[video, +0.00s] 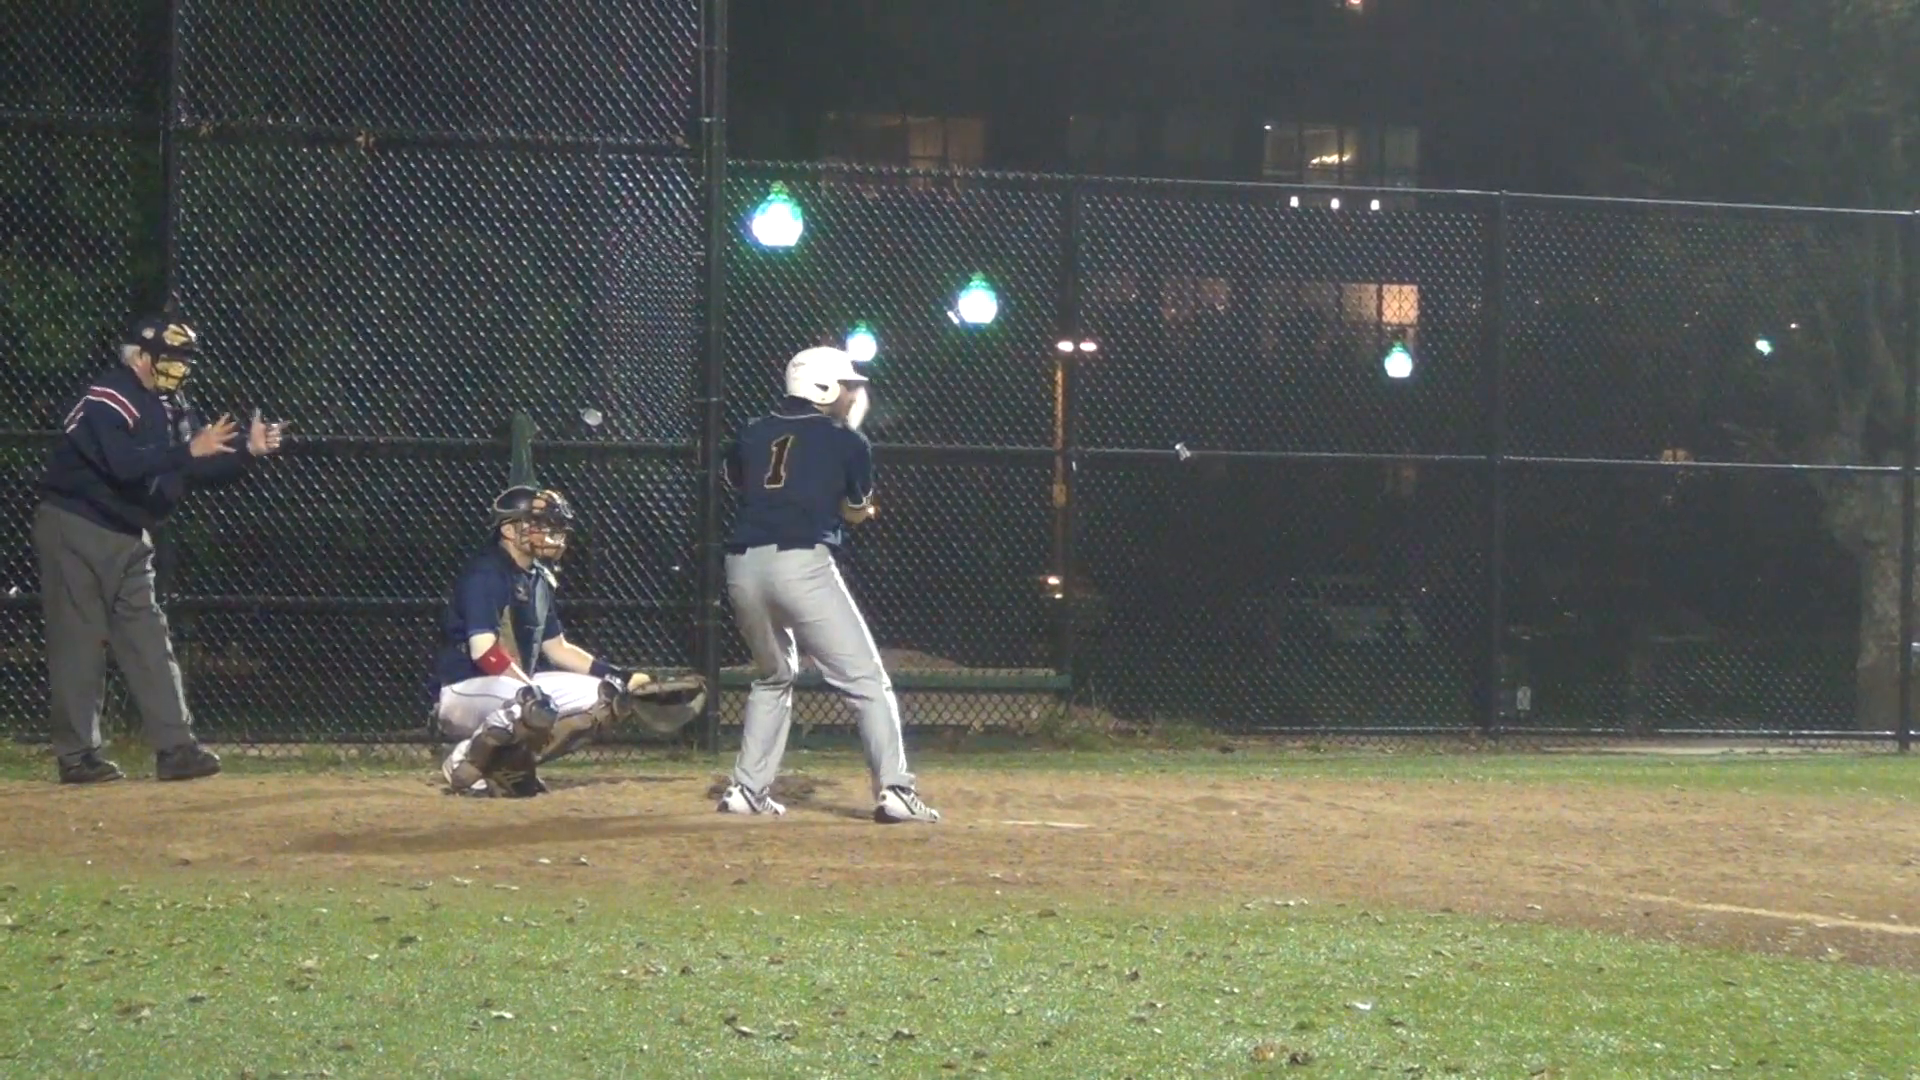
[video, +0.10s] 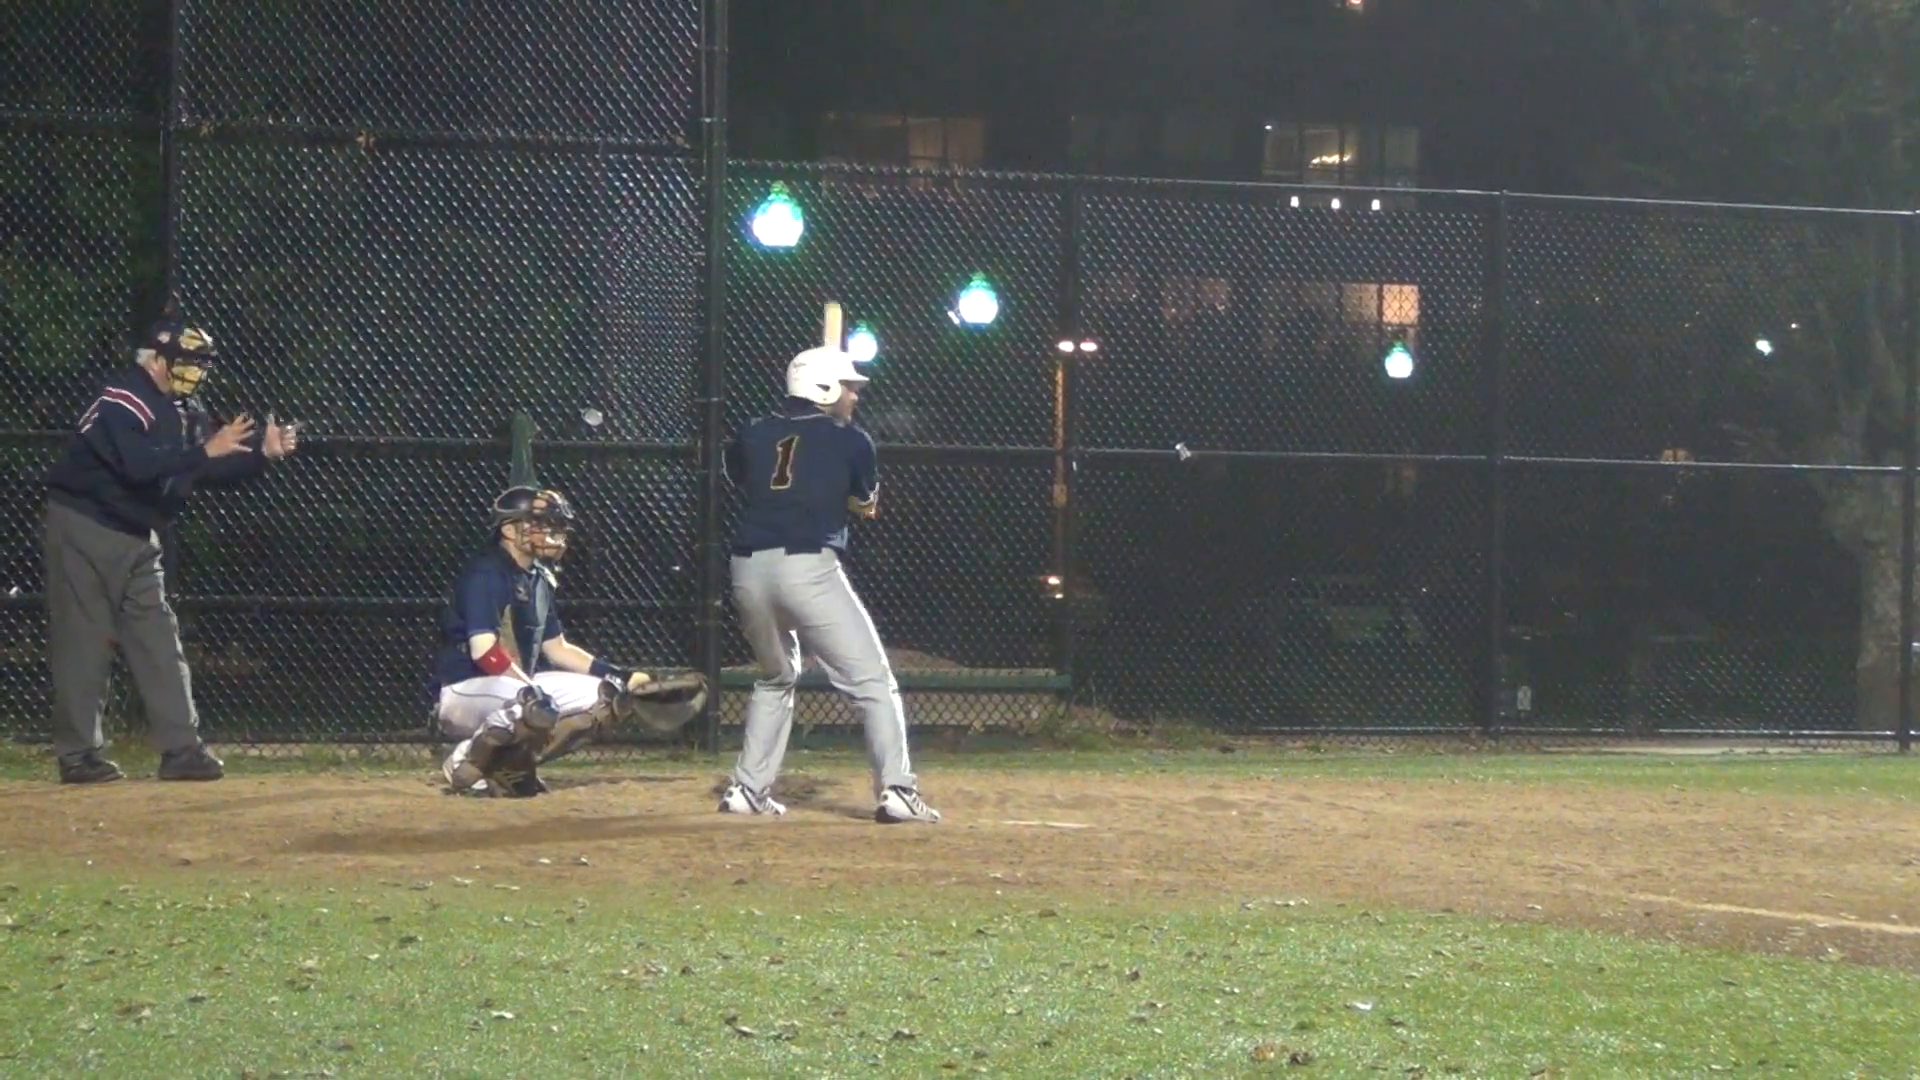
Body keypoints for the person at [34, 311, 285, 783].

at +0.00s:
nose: (175, 368)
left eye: (181, 360)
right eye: (167, 357)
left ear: (184, 362)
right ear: (139, 355)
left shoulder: (171, 410)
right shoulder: (108, 394)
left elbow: (195, 469)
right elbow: (122, 462)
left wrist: (246, 450)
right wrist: (187, 452)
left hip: (128, 537)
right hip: (74, 529)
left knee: (147, 638)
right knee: (78, 639)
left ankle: (176, 748)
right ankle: (79, 756)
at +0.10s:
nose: (191, 372)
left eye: (196, 364)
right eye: (182, 361)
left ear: (198, 367)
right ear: (154, 358)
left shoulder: (187, 414)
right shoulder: (122, 397)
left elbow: (207, 470)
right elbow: (140, 463)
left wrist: (262, 454)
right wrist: (206, 452)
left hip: (137, 539)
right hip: (83, 529)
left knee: (158, 640)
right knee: (84, 640)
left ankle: (182, 750)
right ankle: (79, 755)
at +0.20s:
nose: (208, 379)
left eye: (214, 371)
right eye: (200, 369)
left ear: (216, 372)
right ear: (176, 363)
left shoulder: (189, 414)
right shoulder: (141, 399)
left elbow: (208, 479)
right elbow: (150, 467)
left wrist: (270, 467)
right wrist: (219, 463)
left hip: (144, 540)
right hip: (91, 529)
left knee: (165, 641)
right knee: (90, 640)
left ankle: (183, 751)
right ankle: (79, 754)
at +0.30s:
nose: (225, 380)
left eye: (230, 372)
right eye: (218, 370)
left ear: (230, 375)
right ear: (190, 367)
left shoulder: (215, 420)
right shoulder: (153, 406)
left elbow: (225, 474)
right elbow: (159, 480)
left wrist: (274, 492)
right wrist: (226, 490)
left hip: (151, 543)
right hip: (96, 529)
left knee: (167, 638)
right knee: (91, 637)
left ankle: (184, 751)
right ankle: (78, 753)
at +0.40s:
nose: (235, 387)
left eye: (240, 379)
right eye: (228, 377)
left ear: (235, 381)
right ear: (201, 374)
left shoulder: (224, 427)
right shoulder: (156, 415)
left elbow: (223, 493)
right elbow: (161, 492)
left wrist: (260, 528)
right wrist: (221, 523)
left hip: (150, 542)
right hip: (96, 529)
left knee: (169, 641)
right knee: (89, 638)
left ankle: (184, 751)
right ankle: (64, 749)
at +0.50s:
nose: (240, 398)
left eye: (246, 390)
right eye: (233, 387)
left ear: (248, 390)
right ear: (208, 381)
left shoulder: (223, 432)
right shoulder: (166, 419)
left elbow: (217, 503)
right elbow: (162, 499)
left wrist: (228, 555)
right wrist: (206, 554)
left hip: (148, 547)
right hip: (94, 530)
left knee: (169, 645)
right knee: (79, 639)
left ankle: (184, 752)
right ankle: (26, 739)